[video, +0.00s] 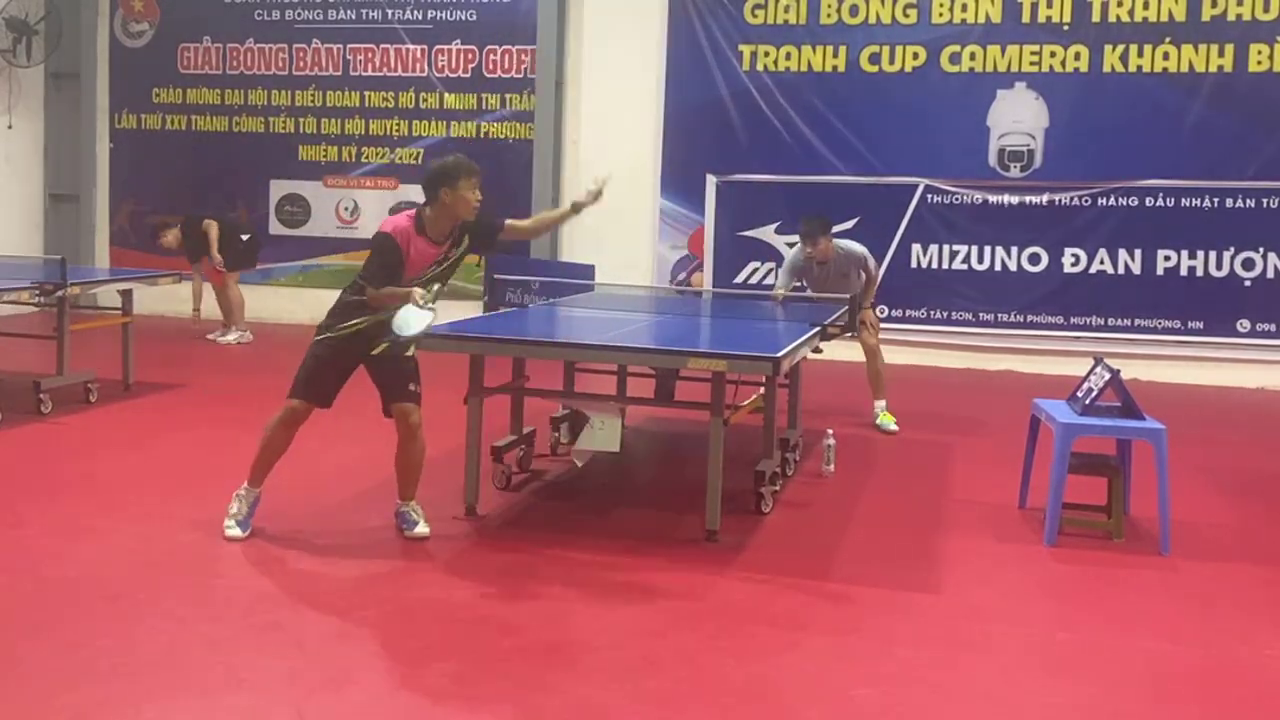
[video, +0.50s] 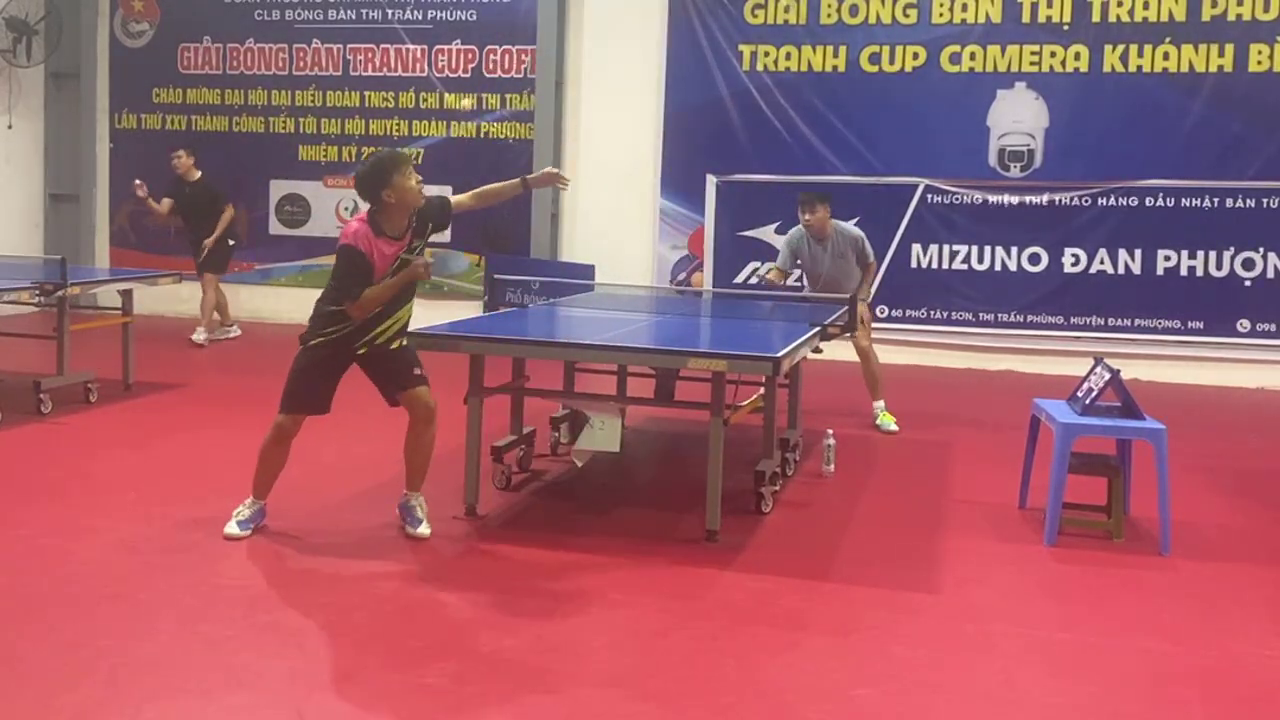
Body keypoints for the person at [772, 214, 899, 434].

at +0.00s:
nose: (808, 250)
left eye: (814, 244)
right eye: (805, 245)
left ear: (829, 240)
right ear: (801, 242)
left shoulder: (855, 252)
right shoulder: (797, 257)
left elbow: (873, 274)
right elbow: (778, 293)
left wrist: (866, 306)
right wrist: (779, 296)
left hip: (856, 304)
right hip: (820, 307)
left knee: (871, 345)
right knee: (785, 339)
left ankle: (881, 410)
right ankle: (765, 394)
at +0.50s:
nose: (806, 218)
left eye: (812, 213)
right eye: (802, 213)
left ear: (828, 212)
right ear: (799, 214)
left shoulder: (852, 235)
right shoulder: (795, 238)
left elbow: (870, 265)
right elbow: (780, 272)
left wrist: (861, 298)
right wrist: (773, 278)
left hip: (853, 301)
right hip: (816, 302)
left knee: (863, 347)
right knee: (784, 340)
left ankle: (880, 410)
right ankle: (766, 394)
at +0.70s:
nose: (795, 196)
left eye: (801, 190)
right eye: (792, 190)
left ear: (816, 190)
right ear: (788, 191)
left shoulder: (839, 219)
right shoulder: (782, 220)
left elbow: (852, 250)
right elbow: (767, 252)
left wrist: (842, 273)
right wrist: (762, 261)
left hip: (832, 298)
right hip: (793, 298)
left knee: (850, 343)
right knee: (774, 339)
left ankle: (876, 407)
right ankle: (766, 392)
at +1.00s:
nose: (797, 192)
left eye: (803, 185)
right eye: (793, 186)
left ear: (819, 184)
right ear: (790, 187)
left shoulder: (842, 215)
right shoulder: (784, 217)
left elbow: (854, 249)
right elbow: (767, 249)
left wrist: (836, 259)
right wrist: (751, 256)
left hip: (830, 298)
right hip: (790, 297)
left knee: (845, 346)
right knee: (770, 342)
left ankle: (849, 402)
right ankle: (763, 393)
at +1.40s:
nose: (750, 219)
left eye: (755, 212)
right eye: (746, 213)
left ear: (771, 211)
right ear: (743, 215)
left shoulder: (793, 234)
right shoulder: (737, 240)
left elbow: (816, 259)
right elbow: (703, 256)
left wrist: (835, 280)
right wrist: (701, 260)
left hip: (792, 312)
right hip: (750, 314)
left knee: (817, 353)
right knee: (717, 356)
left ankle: (847, 403)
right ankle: (709, 411)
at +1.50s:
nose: (736, 220)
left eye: (742, 215)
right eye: (732, 215)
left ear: (756, 214)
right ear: (728, 217)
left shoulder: (775, 235)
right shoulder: (723, 243)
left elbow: (796, 257)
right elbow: (691, 260)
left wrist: (822, 272)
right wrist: (692, 266)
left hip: (775, 311)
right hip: (735, 314)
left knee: (806, 354)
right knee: (706, 355)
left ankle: (833, 401)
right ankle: (708, 411)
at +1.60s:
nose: (729, 217)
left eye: (735, 211)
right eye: (724, 212)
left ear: (749, 211)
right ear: (720, 213)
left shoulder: (766, 232)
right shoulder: (716, 242)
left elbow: (784, 248)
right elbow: (686, 261)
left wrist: (813, 260)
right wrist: (698, 265)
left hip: (766, 312)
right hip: (726, 316)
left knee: (795, 354)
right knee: (703, 356)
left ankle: (821, 401)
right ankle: (706, 411)